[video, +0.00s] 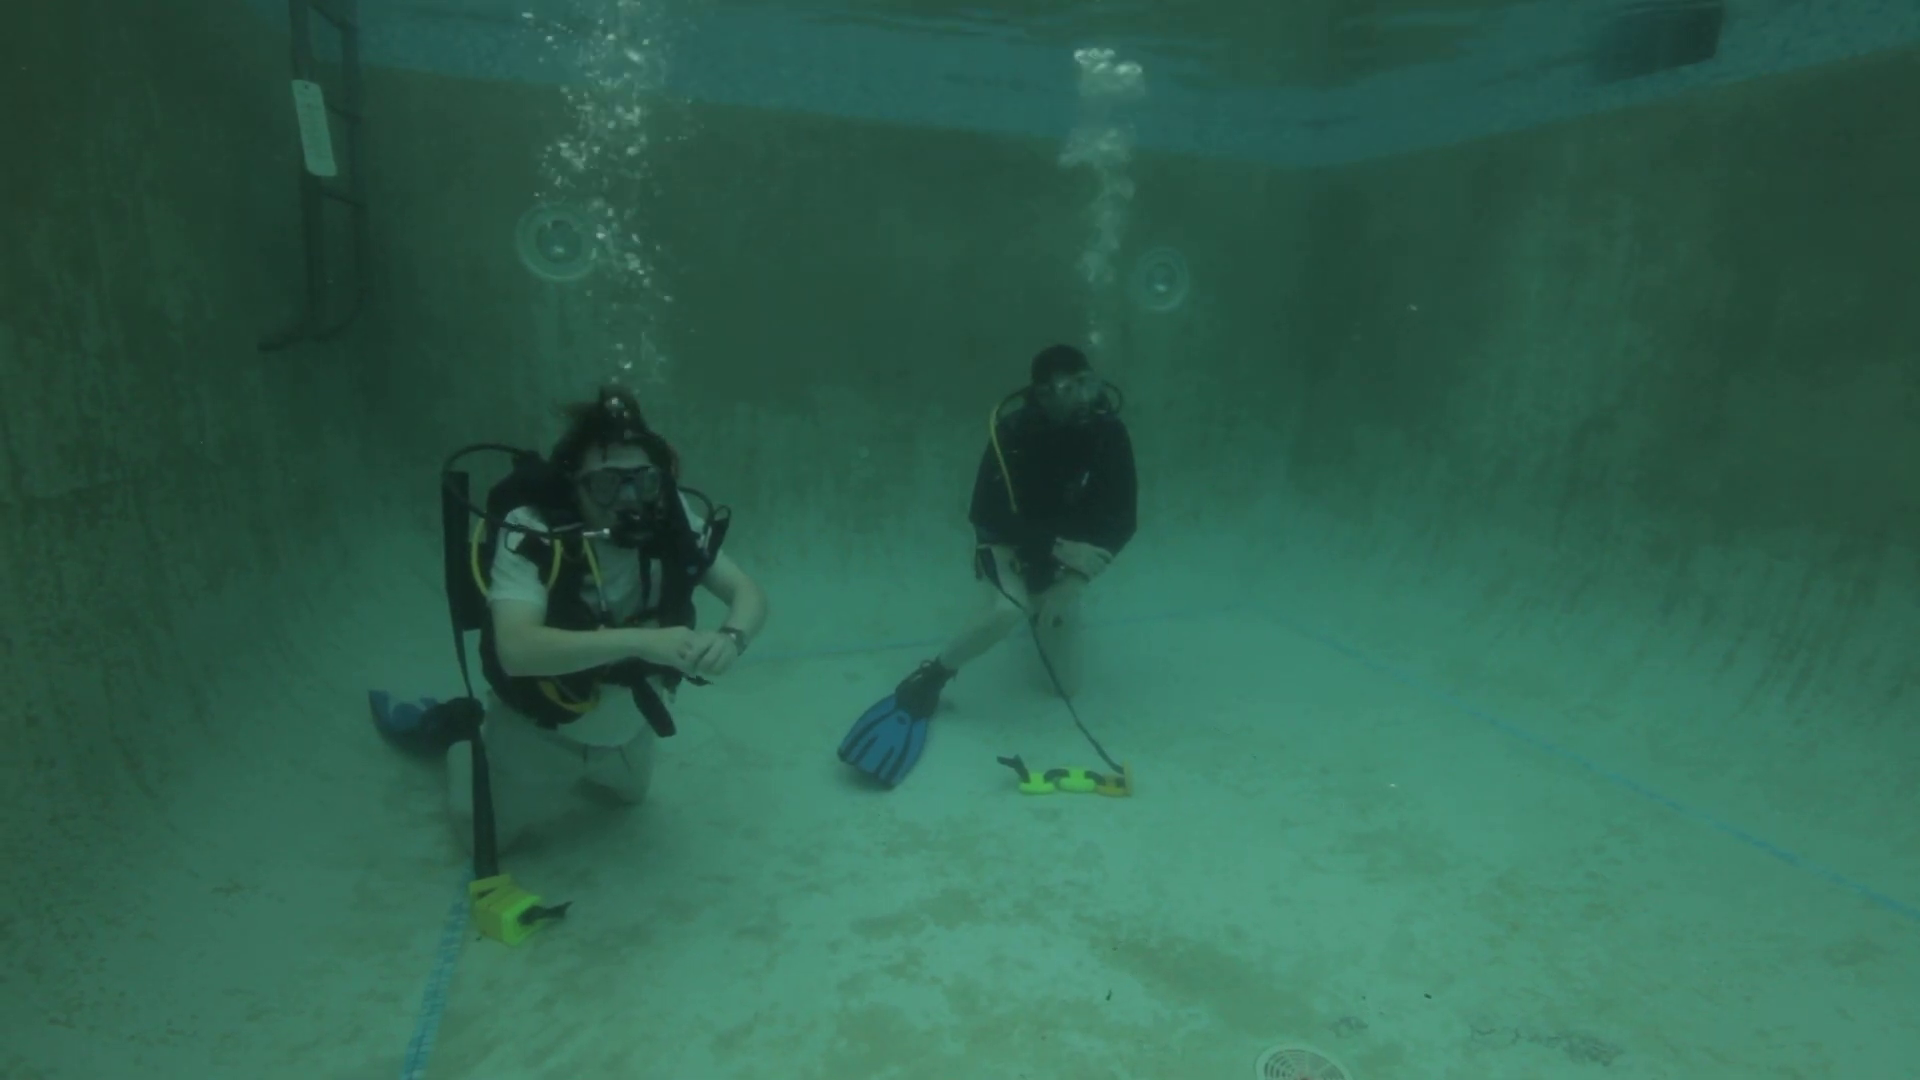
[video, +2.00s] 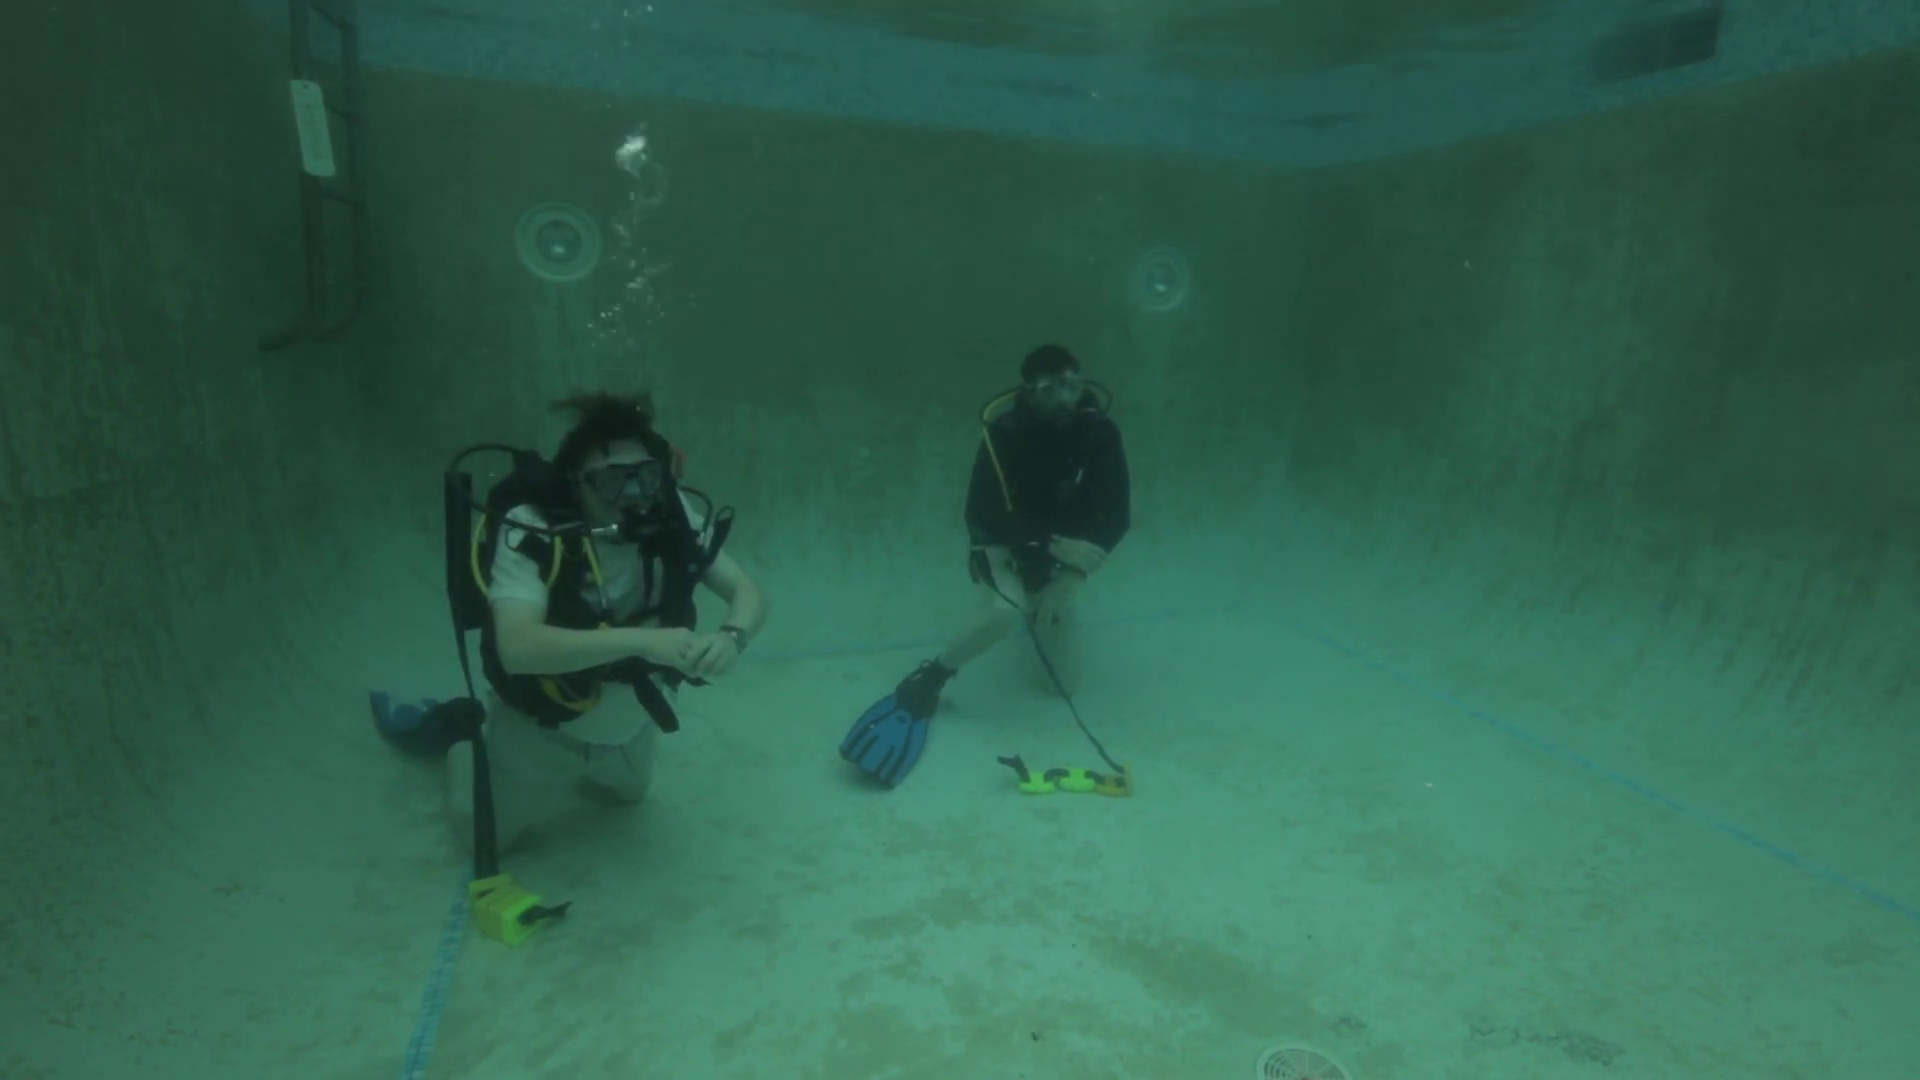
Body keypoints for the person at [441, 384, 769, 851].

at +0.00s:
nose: (624, 499)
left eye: (637, 482)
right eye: (605, 484)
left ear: (659, 480)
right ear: (574, 483)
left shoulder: (673, 520)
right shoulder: (530, 529)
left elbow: (748, 593)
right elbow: (516, 650)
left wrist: (732, 636)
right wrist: (646, 643)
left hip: (628, 712)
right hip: (539, 719)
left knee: (628, 787)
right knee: (486, 834)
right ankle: (463, 727)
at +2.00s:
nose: (631, 495)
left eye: (643, 478)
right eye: (612, 480)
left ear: (662, 476)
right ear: (577, 482)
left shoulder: (672, 518)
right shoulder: (530, 527)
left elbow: (748, 593)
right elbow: (516, 648)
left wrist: (732, 636)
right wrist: (646, 642)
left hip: (626, 710)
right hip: (538, 717)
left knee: (628, 785)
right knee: (486, 837)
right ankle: (462, 728)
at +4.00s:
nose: (648, 496)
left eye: (649, 476)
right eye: (627, 486)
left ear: (654, 465)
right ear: (576, 494)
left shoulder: (658, 510)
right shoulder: (518, 526)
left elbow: (739, 582)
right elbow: (513, 642)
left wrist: (727, 622)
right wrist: (638, 627)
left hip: (626, 713)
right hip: (537, 723)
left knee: (628, 786)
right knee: (493, 838)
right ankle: (465, 730)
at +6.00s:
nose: (671, 474)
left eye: (668, 460)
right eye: (657, 462)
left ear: (617, 471)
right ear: (611, 471)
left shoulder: (642, 513)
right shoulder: (527, 515)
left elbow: (678, 597)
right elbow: (601, 582)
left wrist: (743, 586)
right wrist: (707, 588)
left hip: (606, 697)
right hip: (521, 715)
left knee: (633, 761)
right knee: (497, 835)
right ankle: (457, 726)